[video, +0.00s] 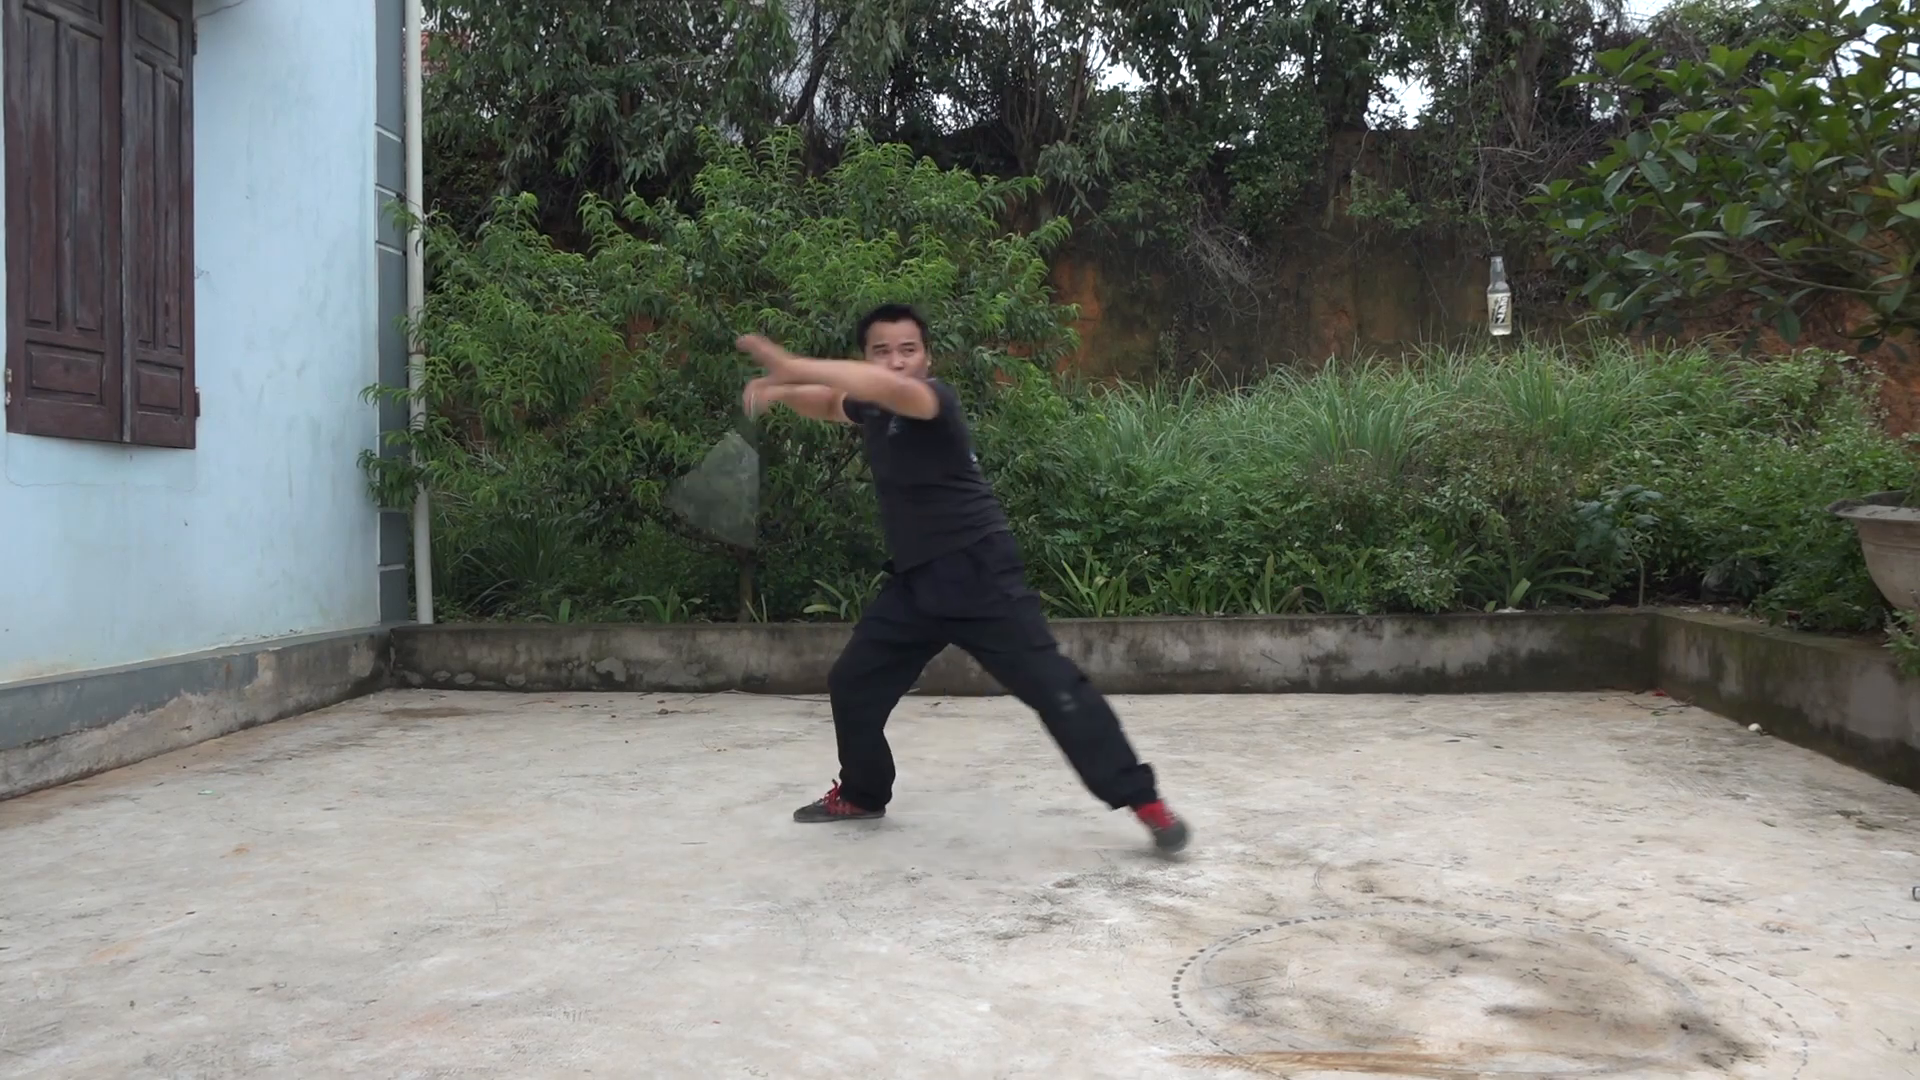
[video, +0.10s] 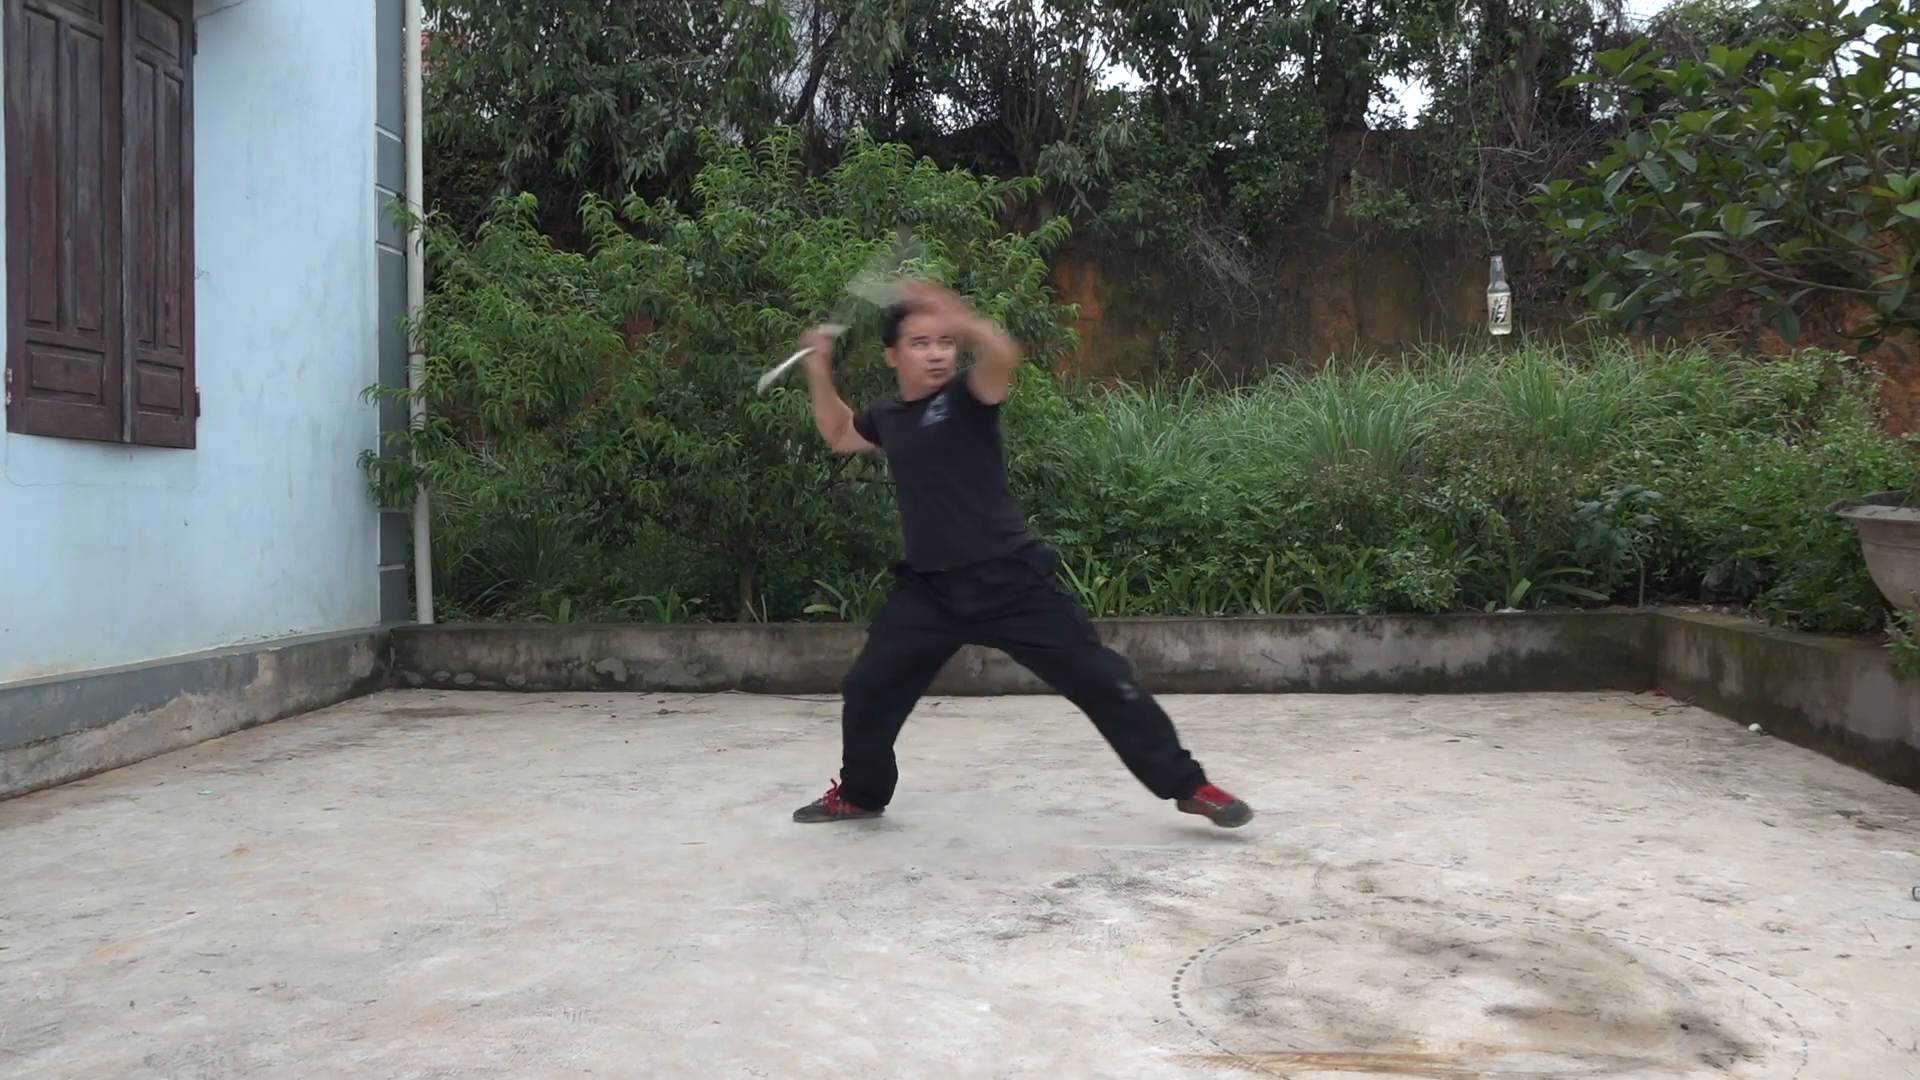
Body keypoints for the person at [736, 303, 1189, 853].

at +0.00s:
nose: (897, 361)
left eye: (908, 349)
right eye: (882, 353)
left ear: (927, 356)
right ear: (867, 360)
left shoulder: (933, 400)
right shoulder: (870, 411)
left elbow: (880, 385)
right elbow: (830, 403)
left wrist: (794, 367)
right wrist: (781, 392)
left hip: (979, 571)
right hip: (917, 581)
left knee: (1053, 686)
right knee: (854, 683)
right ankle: (862, 793)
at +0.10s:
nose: (938, 353)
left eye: (946, 342)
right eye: (921, 343)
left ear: (958, 352)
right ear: (892, 357)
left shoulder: (972, 399)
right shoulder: (886, 419)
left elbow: (1001, 351)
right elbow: (838, 433)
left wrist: (951, 311)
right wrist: (818, 367)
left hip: (1011, 581)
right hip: (929, 589)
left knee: (1104, 679)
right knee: (867, 690)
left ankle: (1188, 786)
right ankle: (863, 792)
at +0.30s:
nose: (1046, 326)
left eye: (1047, 316)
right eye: (1028, 319)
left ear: (1054, 325)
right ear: (993, 339)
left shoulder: (1073, 368)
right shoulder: (990, 401)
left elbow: (1145, 335)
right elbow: (994, 428)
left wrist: (1143, 305)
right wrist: (942, 350)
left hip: (1114, 567)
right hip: (1042, 574)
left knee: (1181, 679)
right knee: (993, 679)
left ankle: (1205, 796)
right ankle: (939, 746)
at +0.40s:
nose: (1077, 326)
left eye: (1079, 316)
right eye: (1059, 318)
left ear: (1085, 325)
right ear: (1024, 337)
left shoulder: (1075, 375)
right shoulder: (1037, 383)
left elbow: (1135, 327)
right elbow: (1134, 429)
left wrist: (1122, 326)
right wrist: (1211, 432)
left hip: (1110, 567)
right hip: (1043, 573)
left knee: (1179, 681)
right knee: (1045, 708)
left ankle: (1202, 797)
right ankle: (1063, 758)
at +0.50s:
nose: (1097, 345)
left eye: (1102, 334)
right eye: (1079, 336)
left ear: (1109, 344)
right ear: (1046, 355)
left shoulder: (1088, 393)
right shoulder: (1065, 405)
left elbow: (1158, 346)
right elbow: (1132, 495)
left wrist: (1145, 348)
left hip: (1115, 580)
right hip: (1053, 587)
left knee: (1189, 680)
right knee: (1052, 732)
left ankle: (1204, 799)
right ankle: (1043, 760)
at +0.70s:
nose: (1002, 357)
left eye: (1014, 345)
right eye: (988, 345)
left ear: (1033, 351)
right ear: (966, 352)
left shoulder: (1059, 396)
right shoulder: (948, 402)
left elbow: (1133, 381)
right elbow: (914, 427)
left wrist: (1193, 345)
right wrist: (966, 391)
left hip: (1048, 602)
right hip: (956, 599)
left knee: (1120, 697)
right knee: (871, 688)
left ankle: (1200, 799)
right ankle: (807, 804)